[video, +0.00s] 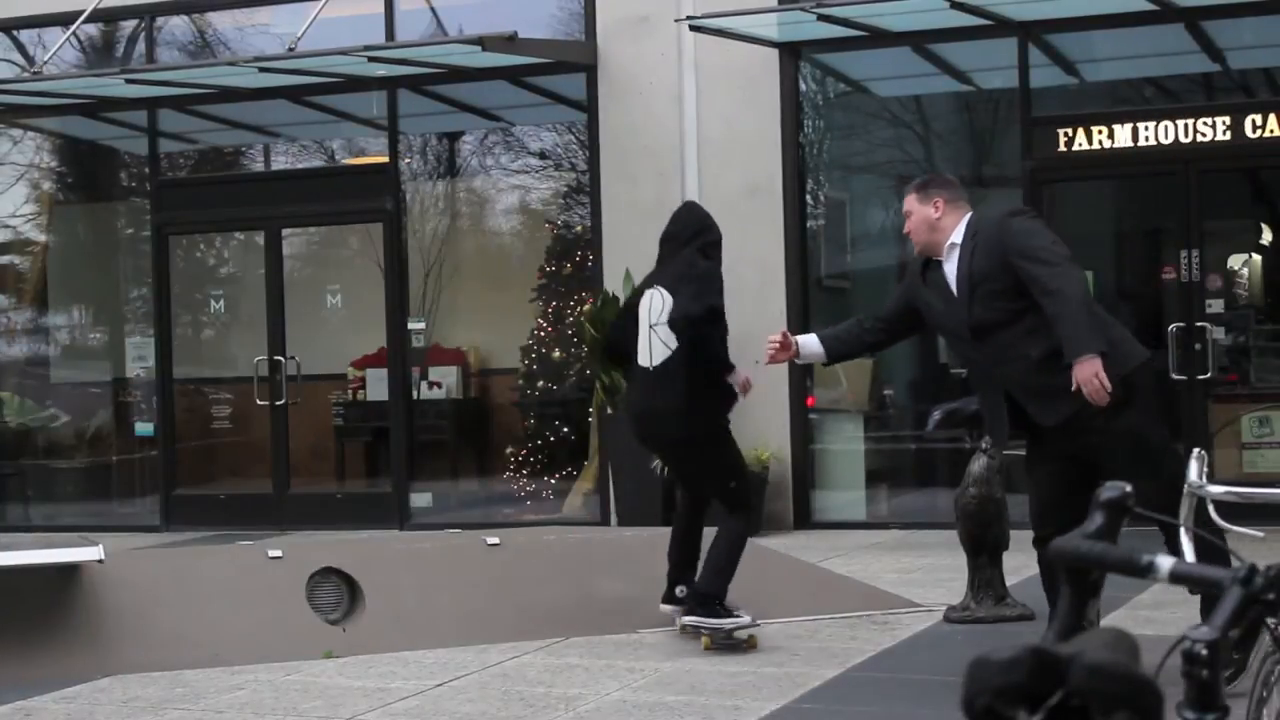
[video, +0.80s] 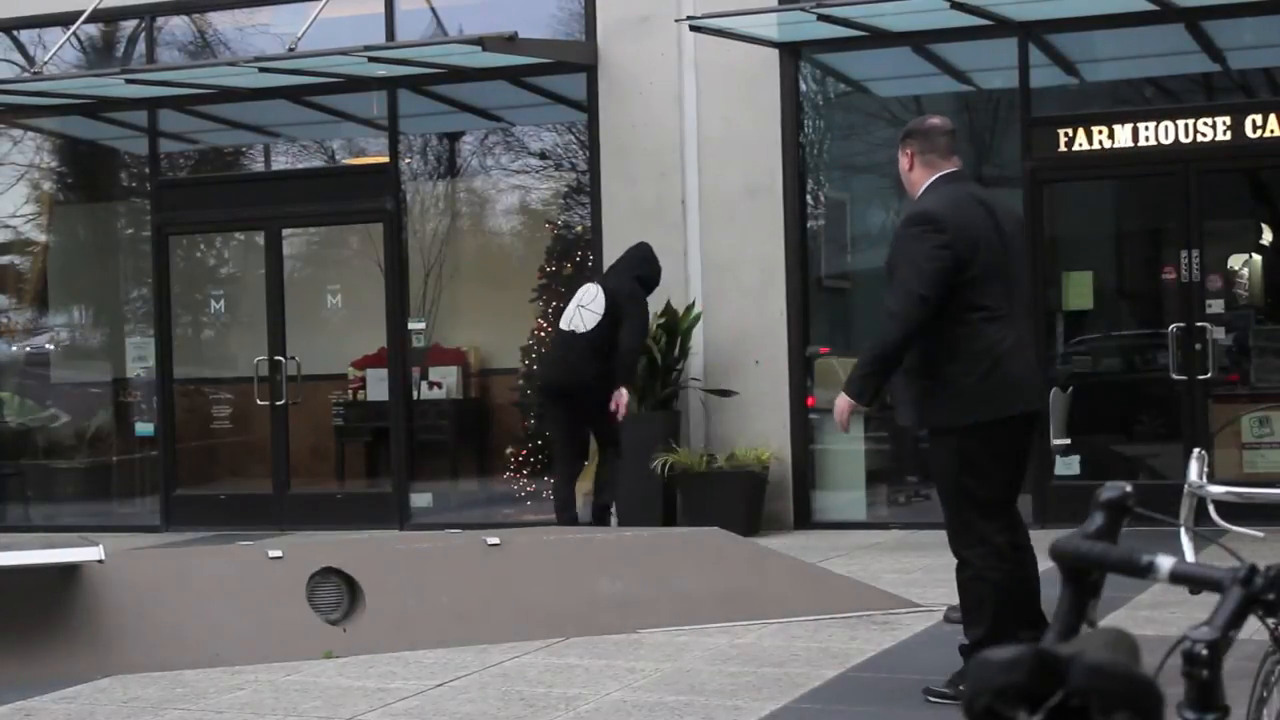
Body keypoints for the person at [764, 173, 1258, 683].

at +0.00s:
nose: (903, 227)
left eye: (908, 215)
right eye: (902, 218)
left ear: (940, 206)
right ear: (930, 213)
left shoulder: (1007, 229)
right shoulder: (926, 280)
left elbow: (1060, 283)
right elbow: (880, 329)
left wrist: (1083, 352)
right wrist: (805, 347)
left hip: (1106, 388)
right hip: (1050, 418)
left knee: (1169, 501)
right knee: (1054, 536)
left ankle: (1231, 603)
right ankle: (1067, 650)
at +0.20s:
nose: (887, 241)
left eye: (888, 228)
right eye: (885, 231)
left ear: (910, 216)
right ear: (914, 218)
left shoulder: (981, 233)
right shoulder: (924, 278)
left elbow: (1036, 284)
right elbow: (913, 350)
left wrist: (1063, 354)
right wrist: (862, 408)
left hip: (1075, 392)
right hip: (1021, 417)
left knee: (1138, 495)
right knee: (1031, 532)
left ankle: (1199, 594)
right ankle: (1064, 645)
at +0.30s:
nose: (883, 229)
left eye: (883, 215)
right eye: (881, 217)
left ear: (902, 205)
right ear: (911, 205)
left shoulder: (972, 228)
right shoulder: (924, 266)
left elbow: (1026, 288)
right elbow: (930, 351)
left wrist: (1052, 360)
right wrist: (916, 425)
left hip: (1062, 396)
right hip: (1013, 416)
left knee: (1097, 513)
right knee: (1034, 532)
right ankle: (1064, 641)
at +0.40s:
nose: (883, 214)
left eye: (881, 202)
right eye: (881, 204)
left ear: (899, 193)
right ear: (914, 189)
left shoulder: (964, 223)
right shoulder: (930, 242)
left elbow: (1008, 297)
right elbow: (953, 335)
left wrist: (1028, 372)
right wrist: (954, 410)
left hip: (1030, 401)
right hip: (1000, 407)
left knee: (1035, 524)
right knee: (1026, 523)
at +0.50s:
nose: (887, 203)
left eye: (886, 191)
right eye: (885, 192)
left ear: (901, 182)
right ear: (930, 177)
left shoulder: (955, 225)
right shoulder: (944, 226)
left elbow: (985, 307)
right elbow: (971, 317)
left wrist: (988, 396)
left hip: (1014, 404)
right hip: (1019, 402)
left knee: (987, 524)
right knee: (1024, 530)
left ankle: (986, 669)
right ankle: (1066, 651)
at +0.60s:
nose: (893, 194)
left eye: (892, 183)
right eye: (893, 183)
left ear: (904, 175)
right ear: (945, 170)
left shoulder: (941, 227)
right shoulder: (976, 213)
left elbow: (953, 320)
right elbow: (1008, 313)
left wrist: (939, 407)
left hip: (982, 408)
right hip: (1017, 402)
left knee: (972, 535)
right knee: (1002, 526)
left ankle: (985, 670)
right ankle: (1061, 636)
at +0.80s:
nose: (899, 174)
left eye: (898, 164)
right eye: (900, 164)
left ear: (909, 158)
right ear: (954, 157)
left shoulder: (930, 217)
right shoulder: (987, 207)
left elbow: (908, 312)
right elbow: (1000, 305)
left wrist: (857, 387)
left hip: (965, 404)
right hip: (1009, 396)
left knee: (975, 536)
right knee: (999, 526)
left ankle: (991, 671)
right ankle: (1028, 657)